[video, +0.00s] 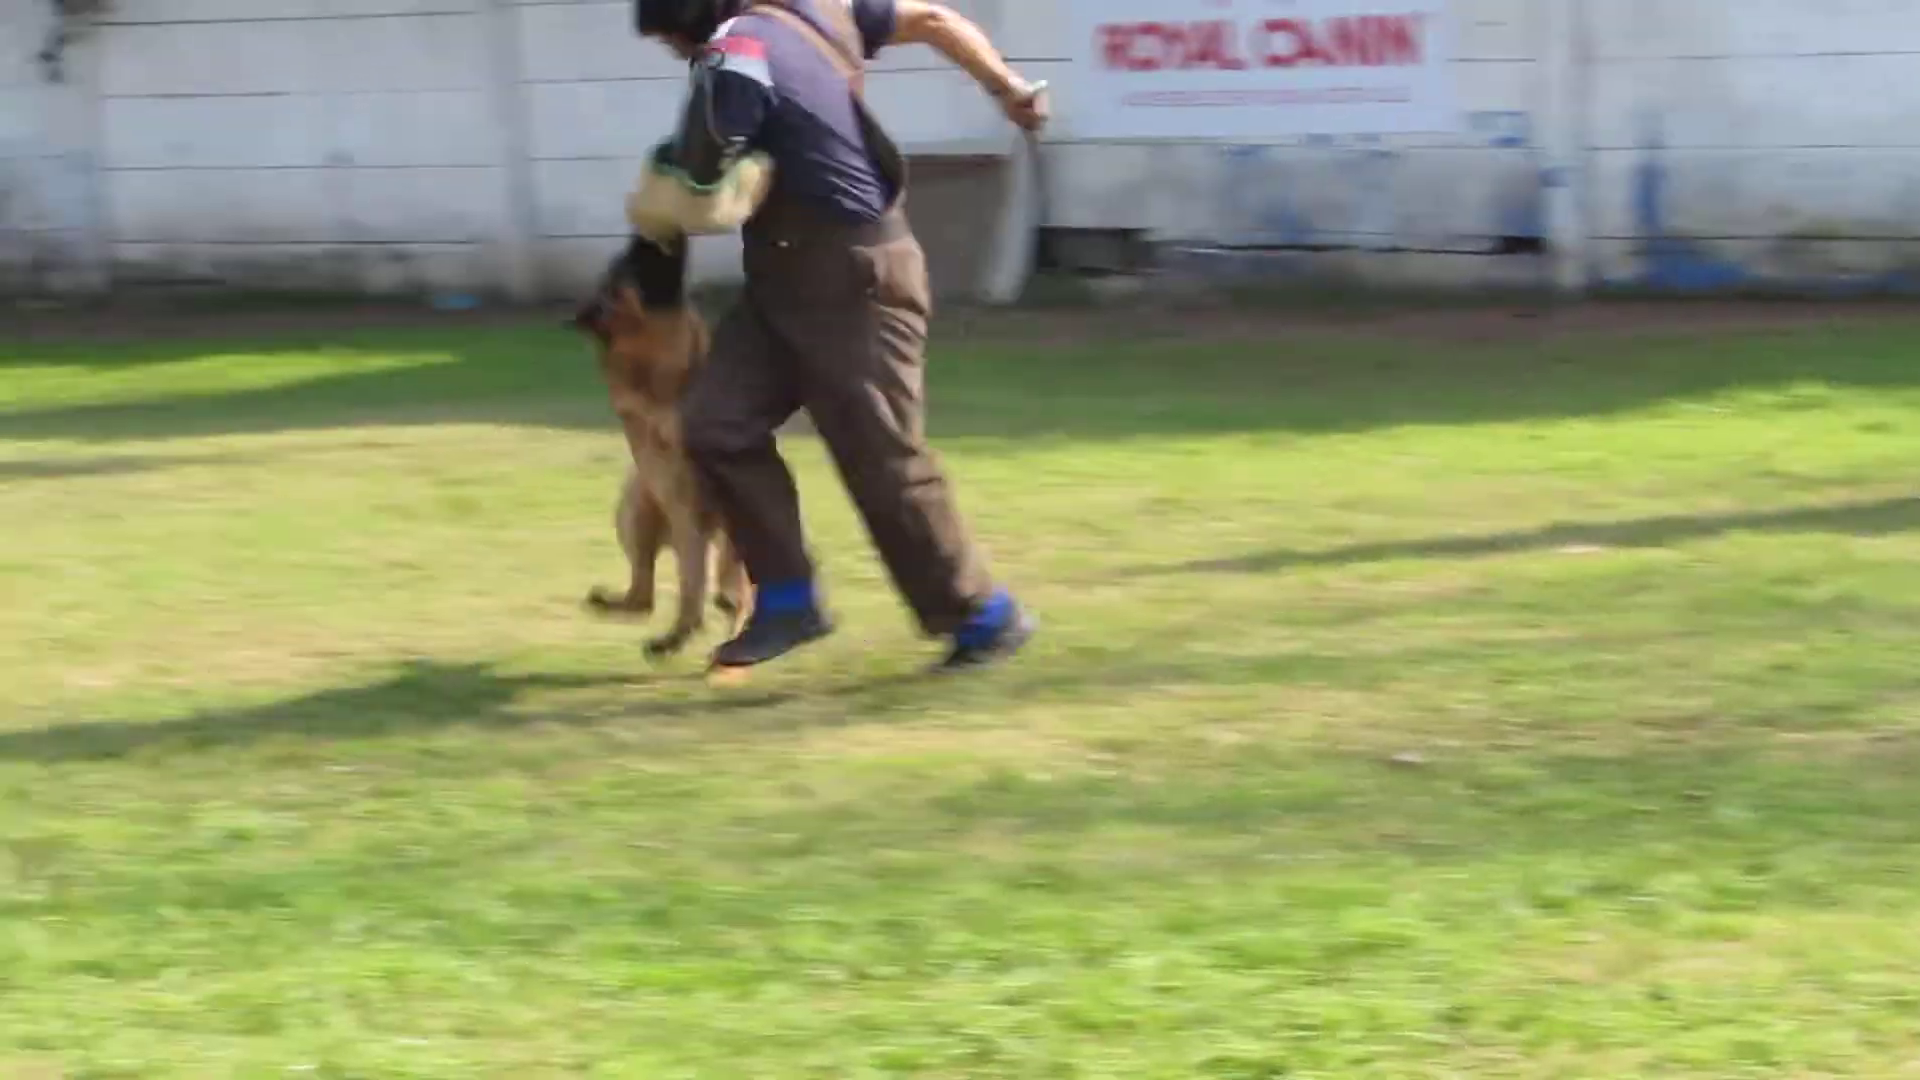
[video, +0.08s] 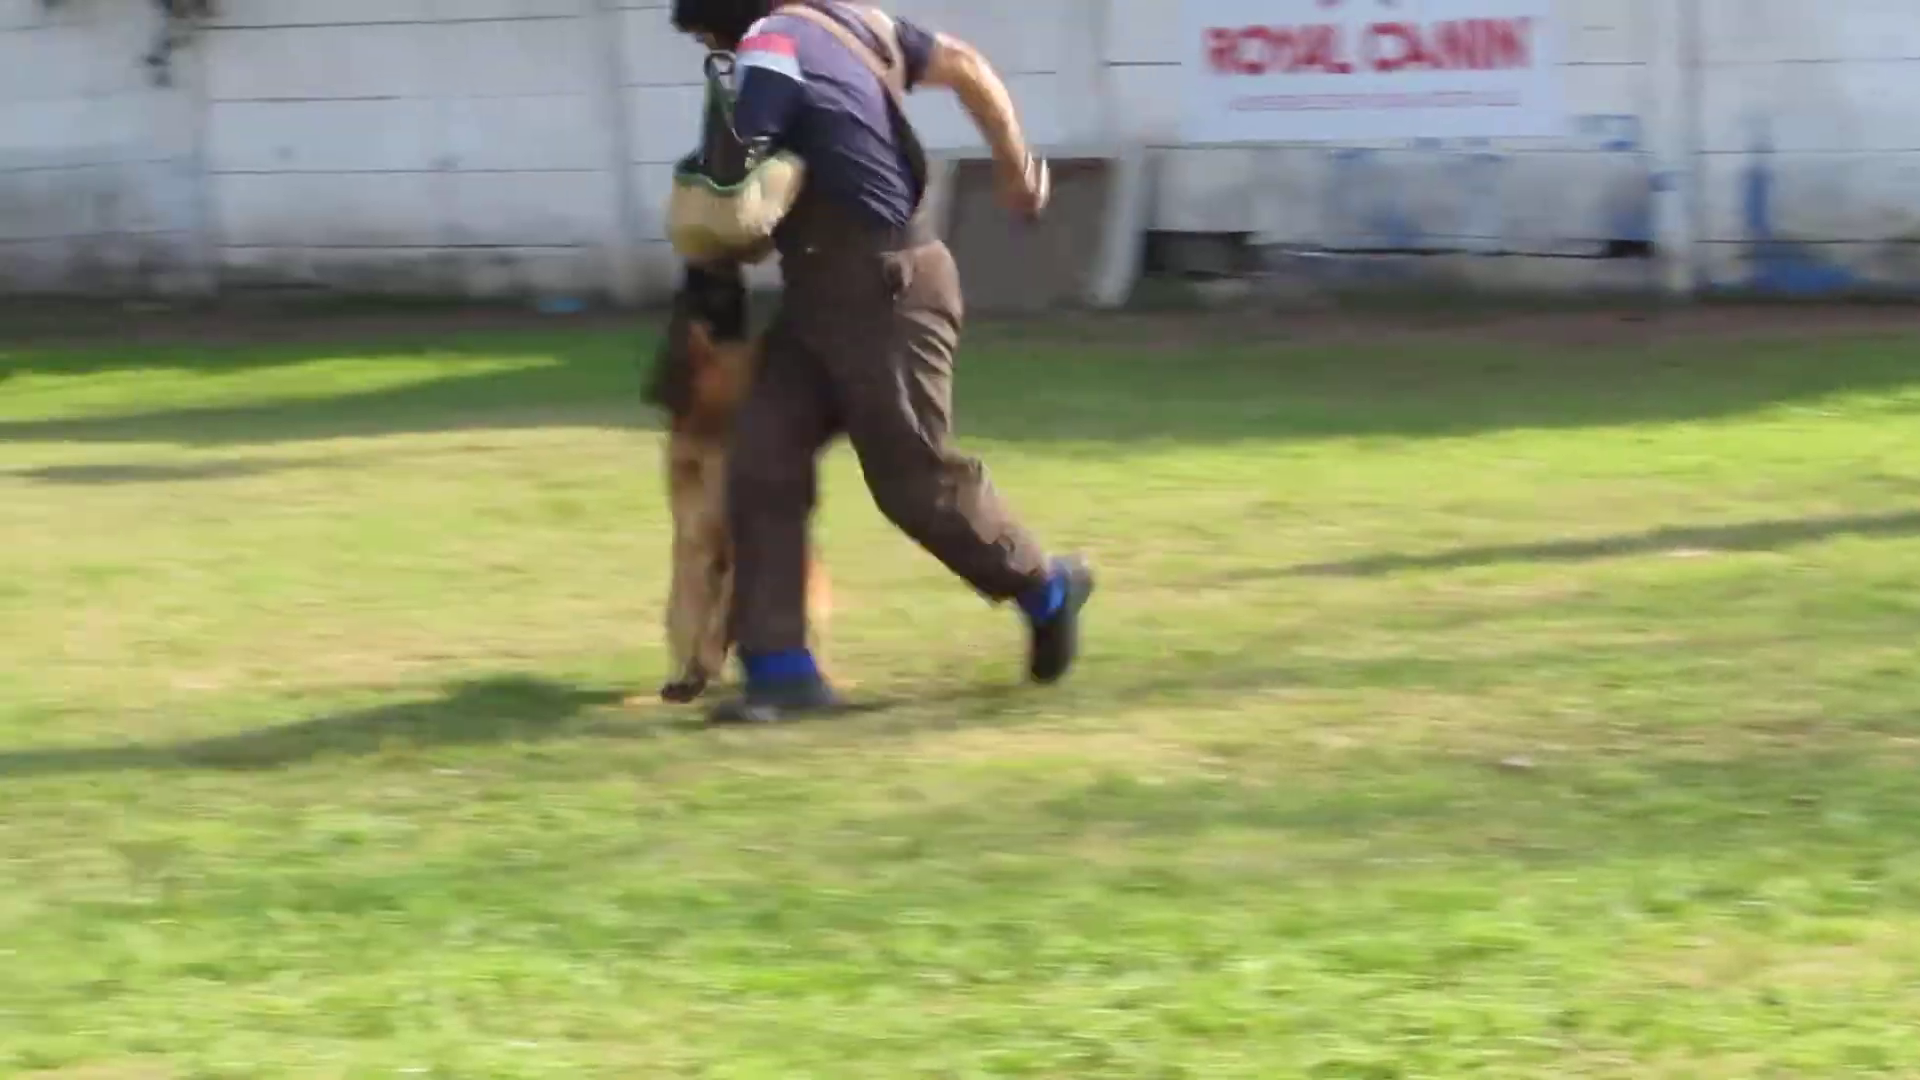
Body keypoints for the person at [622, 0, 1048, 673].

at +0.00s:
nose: (670, 52)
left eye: (667, 39)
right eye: (661, 41)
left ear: (691, 18)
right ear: (722, 2)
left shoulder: (734, 57)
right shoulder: (815, 11)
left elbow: (713, 199)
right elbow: (936, 18)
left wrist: (650, 193)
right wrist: (1009, 85)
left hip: (856, 274)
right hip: (793, 279)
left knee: (886, 459)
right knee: (719, 426)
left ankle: (982, 615)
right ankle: (787, 602)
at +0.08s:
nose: (705, 46)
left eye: (703, 32)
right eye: (698, 35)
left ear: (725, 15)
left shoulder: (764, 53)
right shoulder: (850, 17)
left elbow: (733, 209)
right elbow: (968, 68)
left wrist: (686, 205)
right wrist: (1020, 168)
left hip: (888, 284)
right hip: (830, 289)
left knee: (914, 480)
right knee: (764, 469)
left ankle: (1045, 591)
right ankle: (780, 668)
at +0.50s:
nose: (919, 113)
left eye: (914, 98)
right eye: (909, 102)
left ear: (938, 74)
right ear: (971, 44)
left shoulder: (990, 101)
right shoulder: (1069, 64)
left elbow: (949, 237)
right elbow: (1193, 99)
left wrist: (885, 252)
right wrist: (1224, 199)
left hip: (1105, 345)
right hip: (1043, 348)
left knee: (1119, 547)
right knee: (960, 514)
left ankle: (1207, 725)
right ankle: (1044, 701)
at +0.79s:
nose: (999, 137)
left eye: (996, 121)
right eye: (993, 125)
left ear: (1018, 101)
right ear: (1056, 78)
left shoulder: (1070, 129)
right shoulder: (1103, 120)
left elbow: (1020, 279)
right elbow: (1047, 286)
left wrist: (935, 292)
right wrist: (960, 297)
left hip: (1151, 400)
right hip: (1142, 395)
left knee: (1034, 572)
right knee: (1062, 569)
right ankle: (1077, 790)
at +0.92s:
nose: (1047, 122)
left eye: (1045, 105)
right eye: (1041, 111)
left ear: (1074, 80)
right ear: (1110, 59)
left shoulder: (1117, 108)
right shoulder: (1145, 111)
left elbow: (1052, 253)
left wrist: (981, 262)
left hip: (1169, 399)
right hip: (1127, 399)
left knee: (1082, 606)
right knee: (1048, 586)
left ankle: (1011, 847)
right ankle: (1174, 761)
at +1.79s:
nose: (1479, 45)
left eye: (1483, 31)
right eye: (1483, 31)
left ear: (1502, 36)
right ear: (1585, 34)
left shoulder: (1504, 108)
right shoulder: (1656, 136)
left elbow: (1438, 255)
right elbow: (1738, 278)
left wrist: (1364, 300)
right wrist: (1755, 415)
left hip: (1540, 427)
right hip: (1645, 428)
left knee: (1479, 683)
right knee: (1606, 663)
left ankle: (1481, 937)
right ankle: (1746, 863)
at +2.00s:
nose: (1419, 38)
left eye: (1424, 25)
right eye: (1422, 28)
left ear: (1450, 26)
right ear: (1531, 32)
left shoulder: (1444, 99)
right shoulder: (1595, 131)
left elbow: (1364, 233)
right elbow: (1666, 285)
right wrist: (1662, 431)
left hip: (1474, 425)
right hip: (1585, 422)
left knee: (1418, 687)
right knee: (1577, 674)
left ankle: (1405, 941)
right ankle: (1666, 912)